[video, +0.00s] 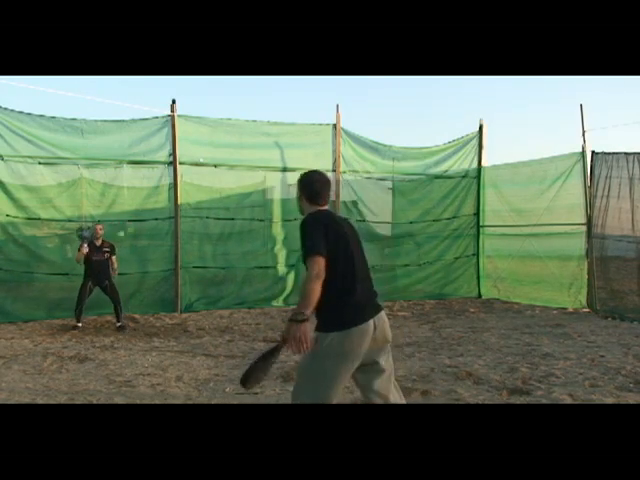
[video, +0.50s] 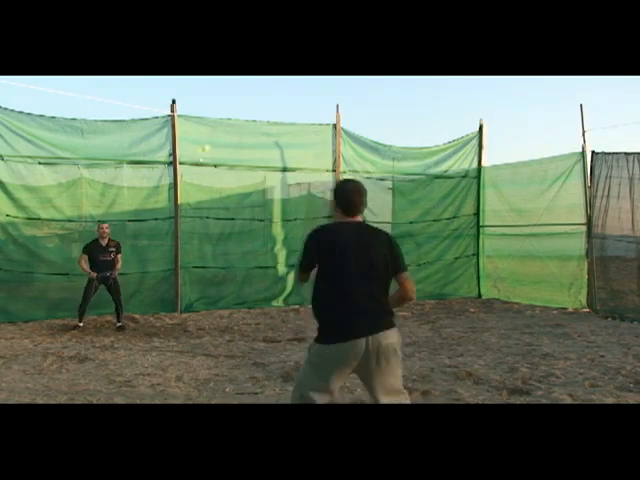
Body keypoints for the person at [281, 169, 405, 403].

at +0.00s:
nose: (297, 197)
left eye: (297, 193)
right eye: (299, 193)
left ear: (301, 196)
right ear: (328, 196)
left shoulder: (312, 223)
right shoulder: (342, 222)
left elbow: (316, 274)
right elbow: (338, 278)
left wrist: (300, 318)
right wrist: (301, 320)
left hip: (342, 331)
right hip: (374, 321)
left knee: (308, 397)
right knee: (386, 394)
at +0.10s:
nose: (290, 197)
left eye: (290, 193)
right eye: (291, 193)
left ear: (293, 195)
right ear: (320, 195)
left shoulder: (305, 223)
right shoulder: (337, 221)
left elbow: (309, 275)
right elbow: (328, 280)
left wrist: (287, 323)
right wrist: (304, 323)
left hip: (335, 328)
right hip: (369, 317)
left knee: (307, 397)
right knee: (384, 392)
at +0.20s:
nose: (291, 194)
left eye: (292, 190)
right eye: (292, 190)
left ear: (295, 193)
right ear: (323, 194)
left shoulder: (300, 222)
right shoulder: (342, 220)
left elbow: (304, 276)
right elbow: (343, 277)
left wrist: (273, 319)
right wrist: (311, 322)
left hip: (333, 325)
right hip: (370, 314)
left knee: (308, 396)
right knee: (384, 390)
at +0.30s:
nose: (301, 194)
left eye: (302, 191)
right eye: (303, 191)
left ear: (305, 194)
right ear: (332, 194)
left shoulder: (303, 225)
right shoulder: (356, 223)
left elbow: (298, 281)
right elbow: (362, 274)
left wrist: (275, 303)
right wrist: (320, 319)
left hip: (332, 327)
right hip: (373, 318)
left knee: (310, 396)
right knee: (387, 392)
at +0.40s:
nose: (316, 201)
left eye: (317, 197)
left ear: (318, 200)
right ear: (348, 201)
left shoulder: (308, 232)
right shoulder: (368, 231)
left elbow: (292, 288)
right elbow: (387, 287)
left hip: (333, 338)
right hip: (378, 332)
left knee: (304, 398)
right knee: (392, 398)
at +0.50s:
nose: (331, 203)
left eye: (333, 200)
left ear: (335, 204)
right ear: (364, 206)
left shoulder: (319, 236)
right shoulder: (383, 238)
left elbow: (302, 277)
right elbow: (408, 292)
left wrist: (319, 253)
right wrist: (382, 306)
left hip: (337, 340)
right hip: (384, 337)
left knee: (307, 396)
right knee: (393, 397)